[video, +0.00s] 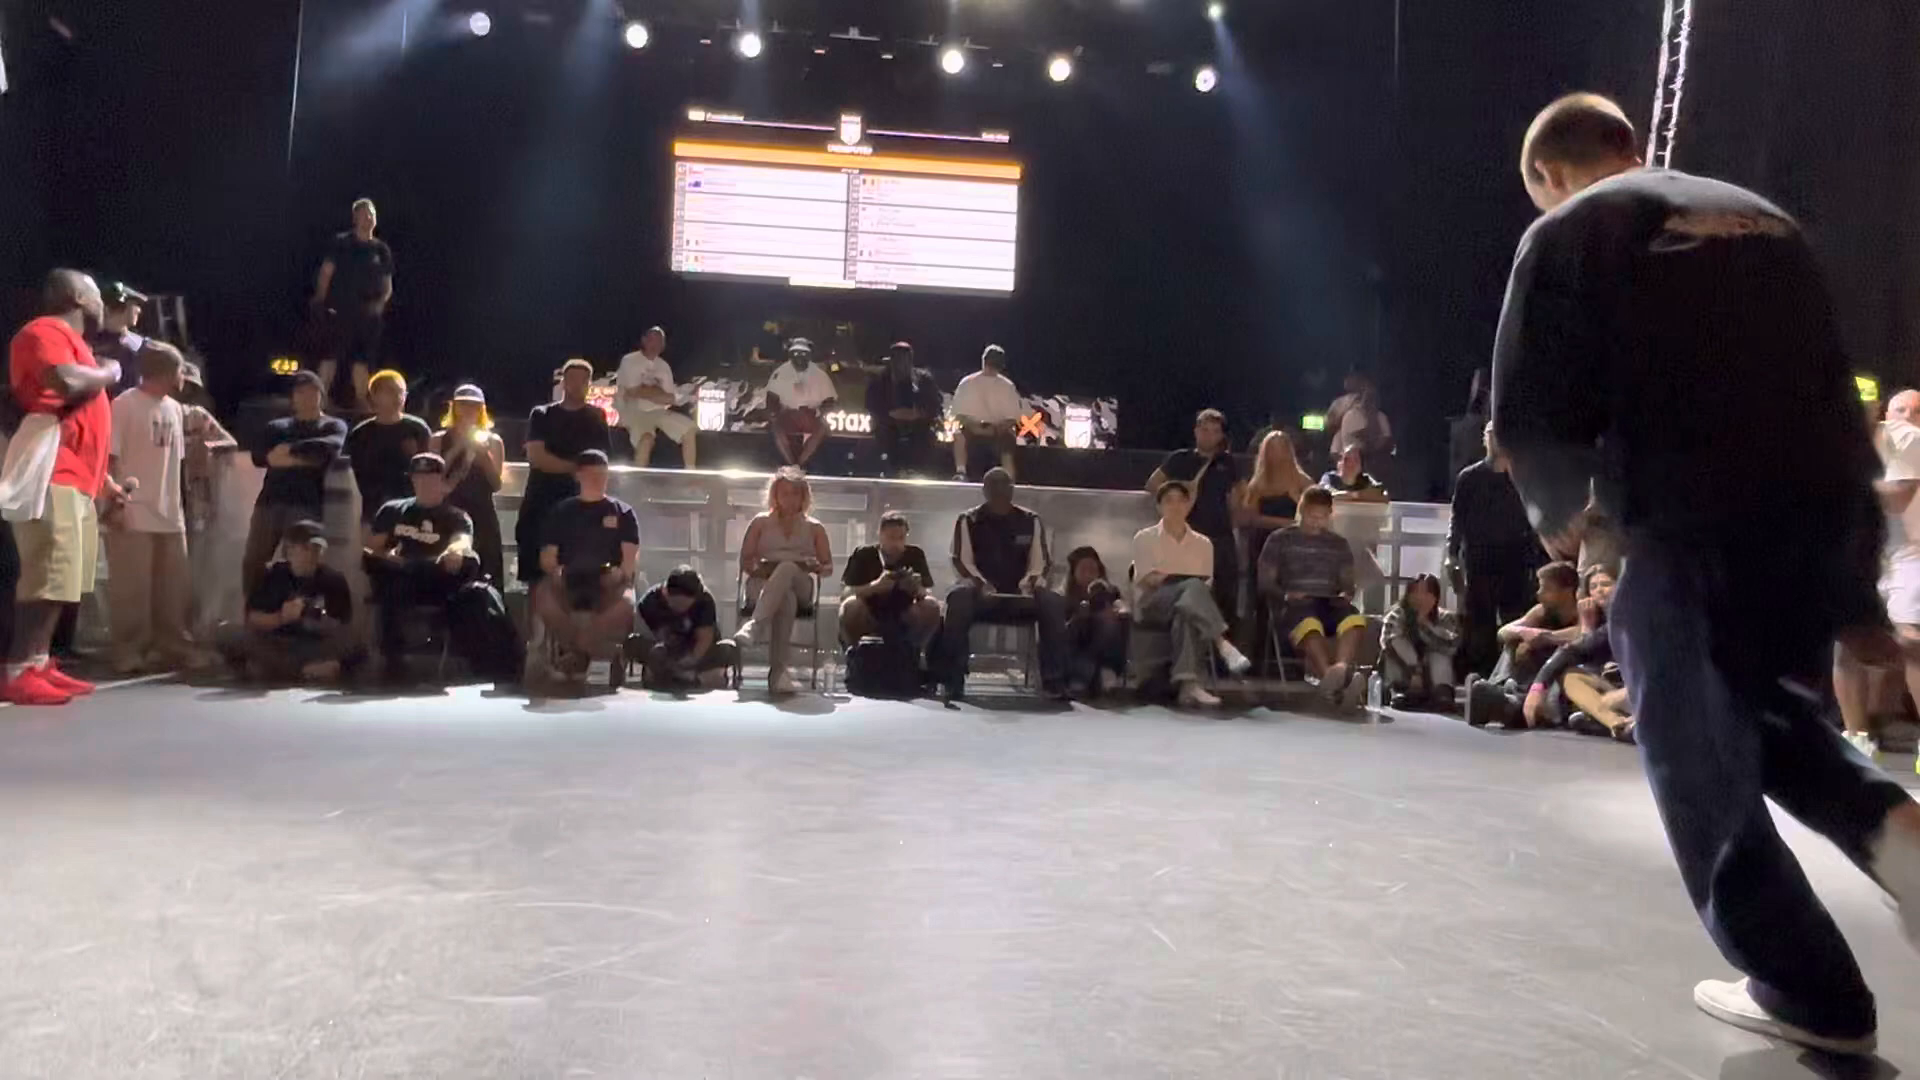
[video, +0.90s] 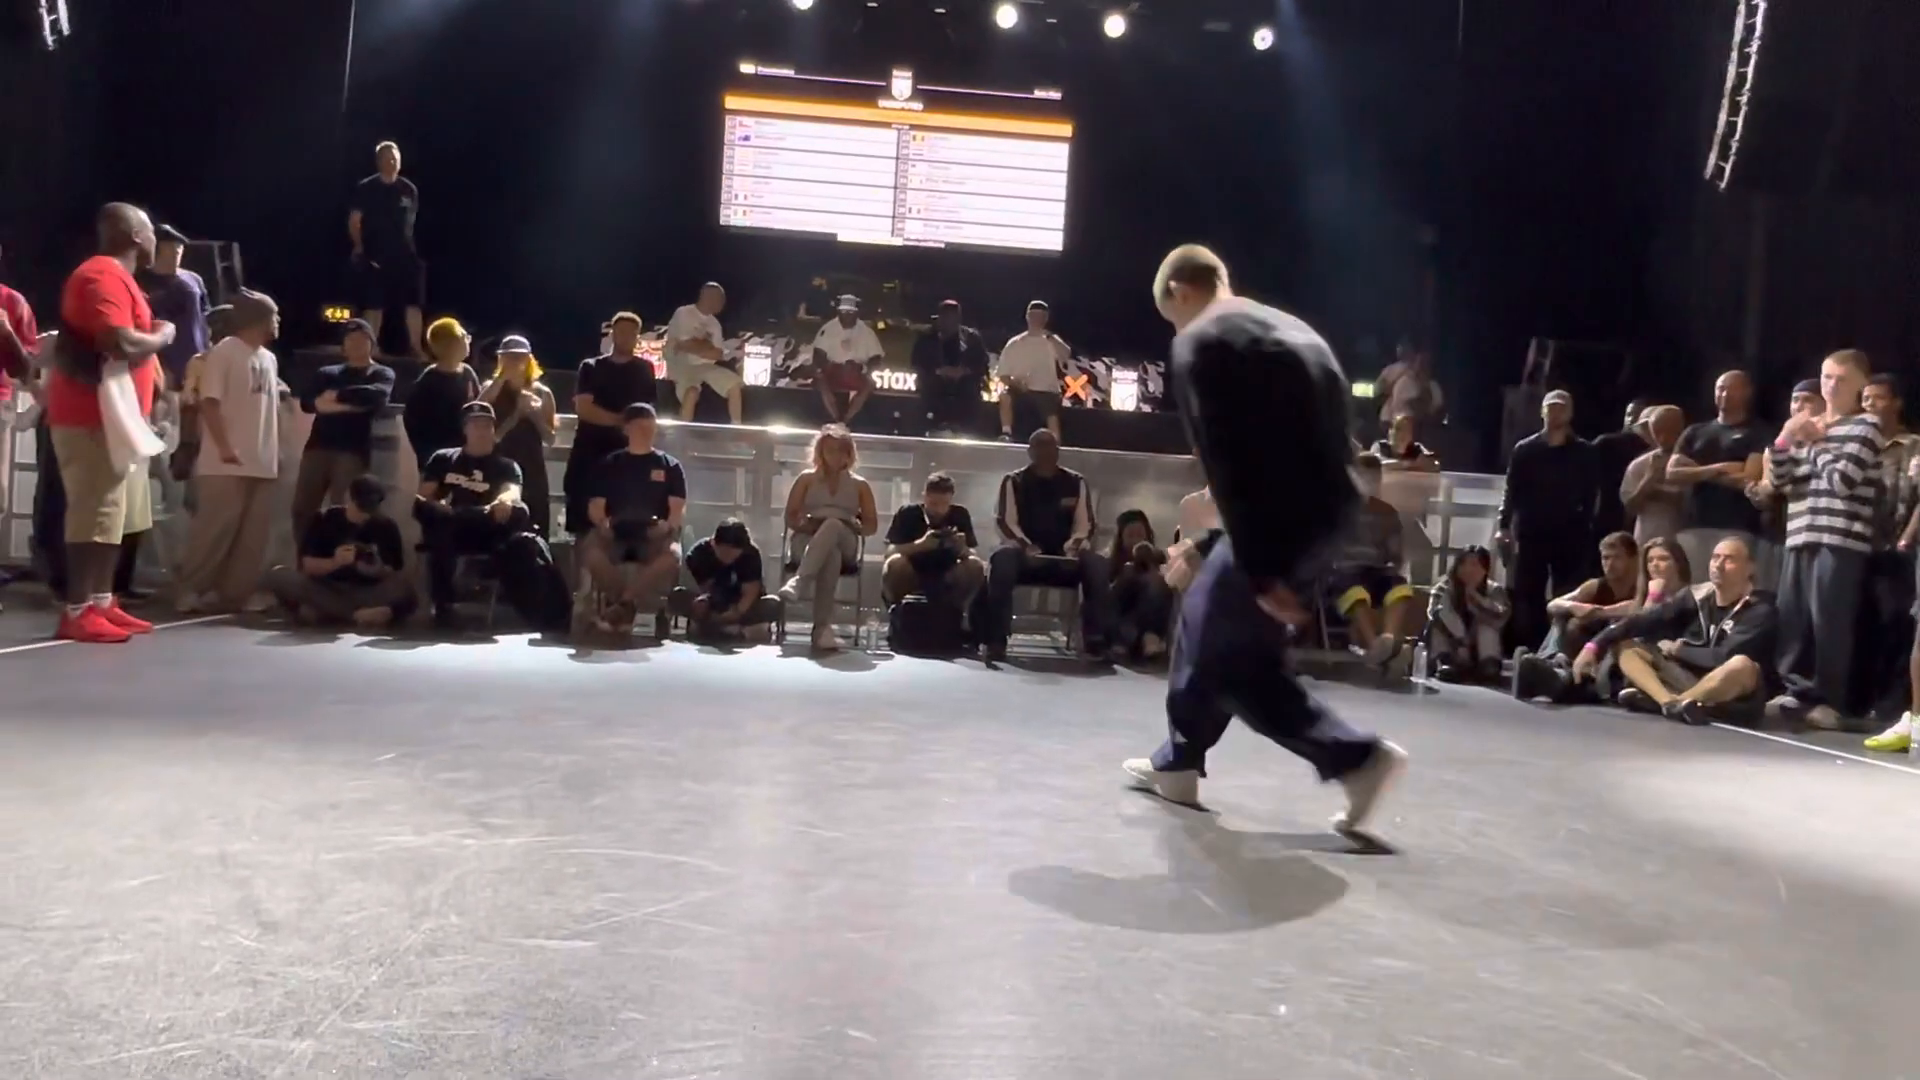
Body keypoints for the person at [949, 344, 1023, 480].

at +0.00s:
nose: (991, 367)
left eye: (995, 363)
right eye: (989, 362)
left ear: (1001, 365)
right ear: (984, 361)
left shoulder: (1007, 386)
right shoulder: (967, 383)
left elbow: (1014, 416)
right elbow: (957, 412)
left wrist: (999, 427)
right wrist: (975, 424)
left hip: (998, 429)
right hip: (974, 427)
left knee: (1008, 439)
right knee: (959, 436)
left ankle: (1008, 481)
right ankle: (960, 472)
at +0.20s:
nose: (1003, 347)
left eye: (1007, 343)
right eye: (1000, 343)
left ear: (1012, 347)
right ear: (993, 345)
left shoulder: (1019, 371)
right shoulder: (980, 369)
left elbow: (1026, 405)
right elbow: (969, 400)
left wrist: (1002, 410)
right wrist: (984, 411)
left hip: (1010, 418)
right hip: (985, 417)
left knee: (1018, 431)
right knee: (970, 422)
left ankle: (1020, 471)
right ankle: (972, 459)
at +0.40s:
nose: (1011, 336)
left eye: (1015, 332)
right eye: (1008, 331)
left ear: (1020, 335)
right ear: (1002, 334)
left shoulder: (1029, 361)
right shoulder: (988, 360)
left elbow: (1037, 393)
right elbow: (979, 390)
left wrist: (1011, 399)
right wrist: (991, 399)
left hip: (1021, 408)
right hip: (995, 408)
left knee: (1027, 420)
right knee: (980, 413)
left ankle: (1031, 461)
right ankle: (982, 449)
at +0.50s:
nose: (1015, 331)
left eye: (1019, 327)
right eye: (1011, 327)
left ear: (1025, 331)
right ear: (1006, 330)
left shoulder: (1034, 356)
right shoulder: (993, 356)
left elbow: (1045, 386)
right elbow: (983, 386)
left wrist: (1021, 390)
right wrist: (994, 396)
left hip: (1026, 403)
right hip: (1001, 402)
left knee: (1032, 416)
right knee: (985, 409)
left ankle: (1036, 458)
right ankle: (987, 446)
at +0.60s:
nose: (1020, 328)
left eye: (1024, 324)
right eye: (1016, 324)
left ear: (1030, 327)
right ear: (1011, 327)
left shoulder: (1039, 352)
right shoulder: (999, 353)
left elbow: (1054, 378)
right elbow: (988, 382)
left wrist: (1034, 377)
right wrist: (999, 392)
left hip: (1032, 398)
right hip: (1007, 397)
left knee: (1036, 417)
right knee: (991, 406)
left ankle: (1041, 453)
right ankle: (992, 442)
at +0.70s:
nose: (1026, 326)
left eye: (1030, 322)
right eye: (1022, 321)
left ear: (1036, 325)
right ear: (1017, 324)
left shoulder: (1044, 348)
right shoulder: (1004, 350)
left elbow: (1060, 374)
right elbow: (993, 380)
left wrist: (1042, 359)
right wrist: (1004, 389)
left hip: (1038, 396)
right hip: (1013, 394)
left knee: (1042, 419)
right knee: (996, 402)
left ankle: (1047, 453)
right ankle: (997, 440)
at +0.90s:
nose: (1036, 318)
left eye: (1040, 314)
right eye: (1032, 314)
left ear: (1046, 318)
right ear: (1026, 317)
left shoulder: (1052, 341)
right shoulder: (1014, 343)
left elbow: (1066, 355)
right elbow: (1002, 373)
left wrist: (1051, 339)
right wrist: (1014, 383)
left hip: (1047, 390)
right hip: (1022, 388)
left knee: (1052, 413)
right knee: (1005, 396)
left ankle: (1055, 448)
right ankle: (1006, 433)